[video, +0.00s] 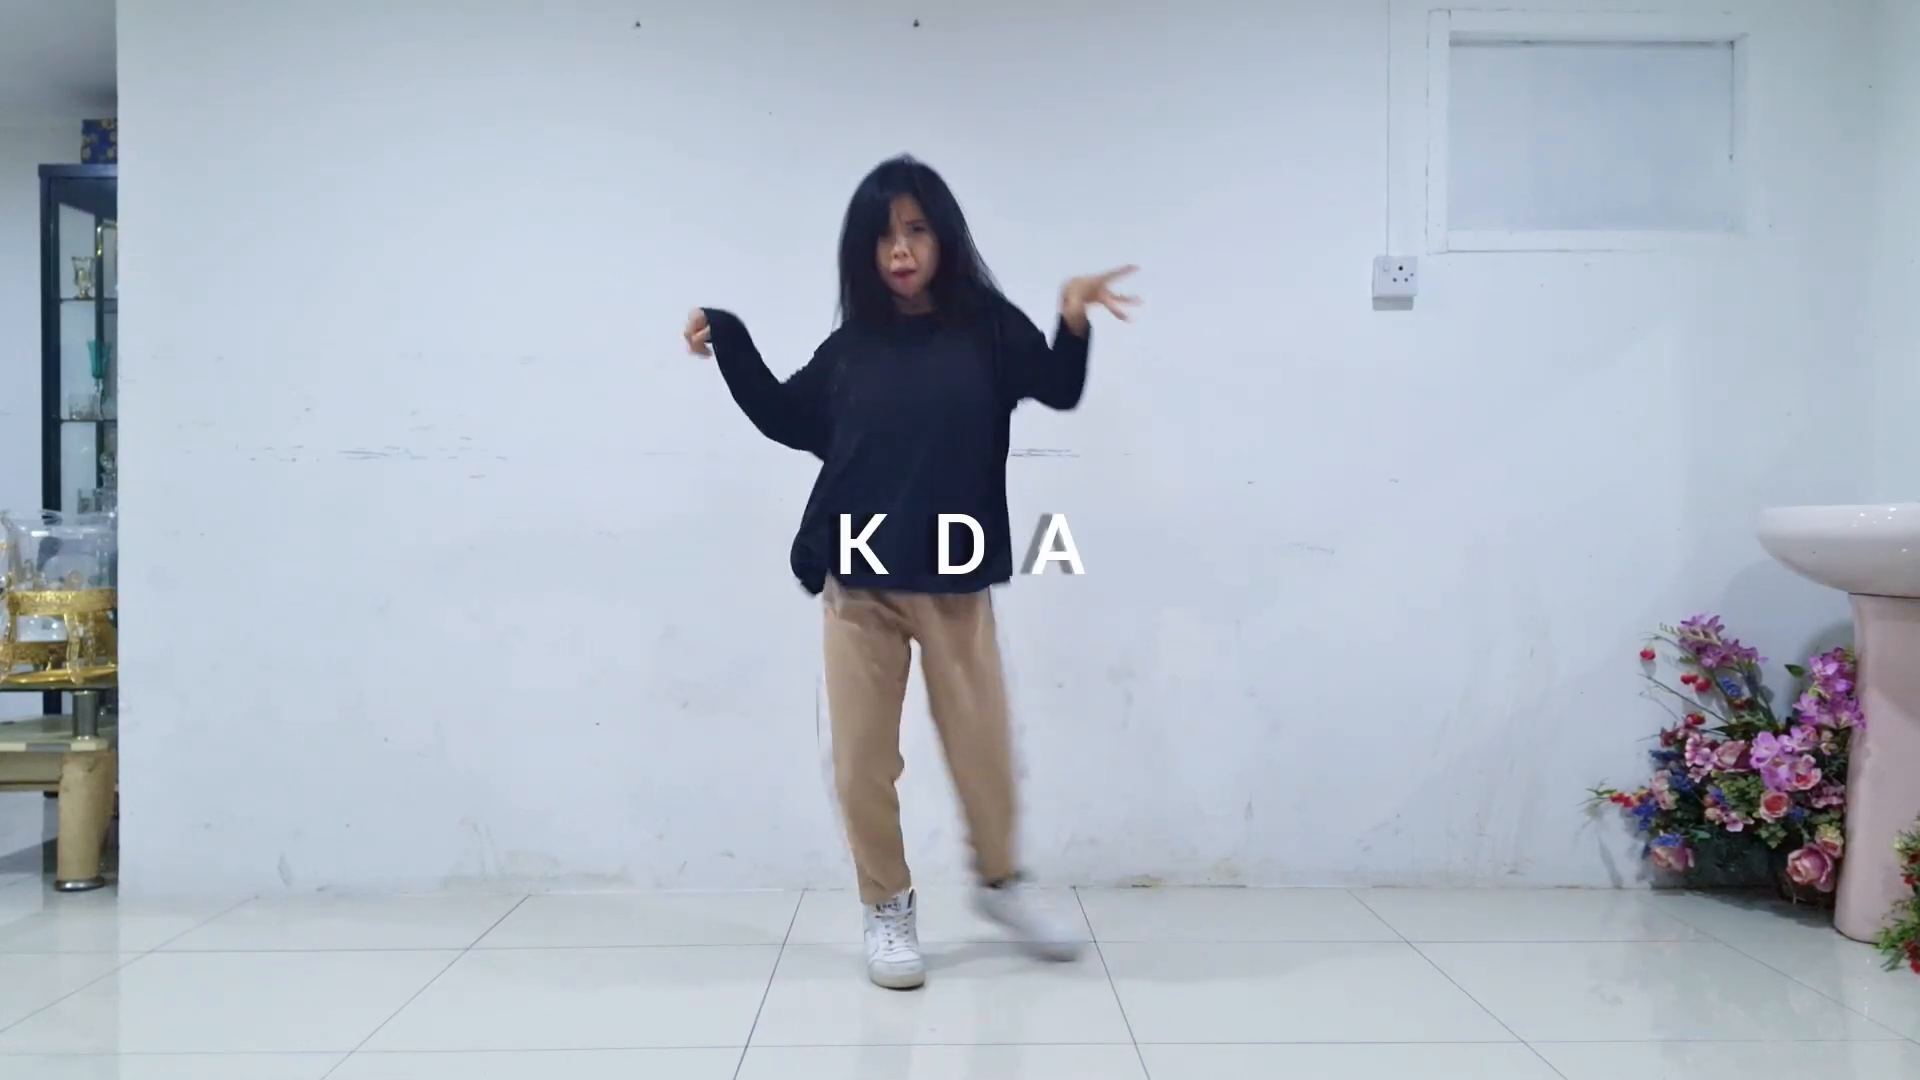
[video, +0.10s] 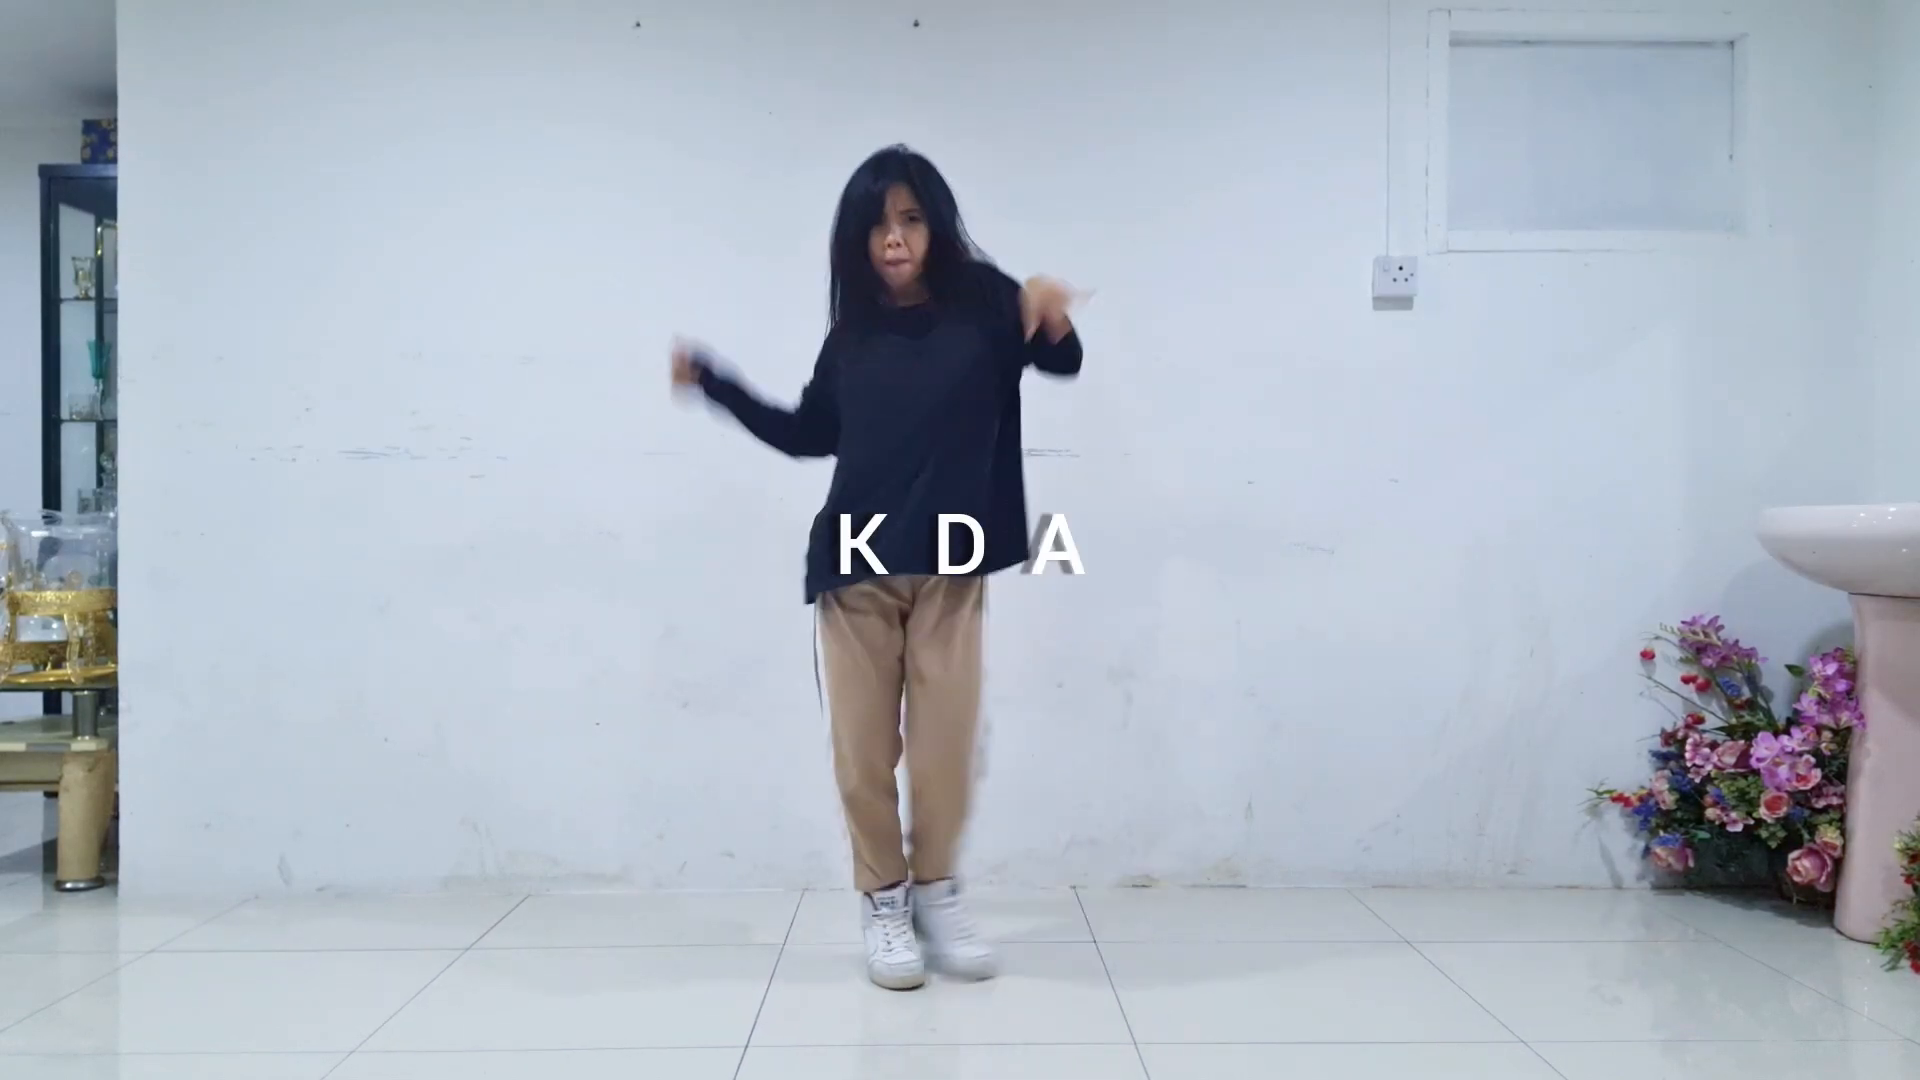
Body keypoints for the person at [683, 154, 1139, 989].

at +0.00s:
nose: (901, 254)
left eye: (917, 235)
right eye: (885, 239)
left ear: (945, 240)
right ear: (864, 250)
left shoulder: (989, 324)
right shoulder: (850, 344)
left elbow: (1061, 389)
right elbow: (787, 418)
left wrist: (1072, 319)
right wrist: (731, 342)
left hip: (956, 586)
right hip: (857, 588)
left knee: (984, 748)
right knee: (861, 764)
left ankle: (1000, 885)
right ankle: (886, 911)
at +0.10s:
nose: (894, 242)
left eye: (910, 223)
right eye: (877, 227)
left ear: (938, 227)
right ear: (855, 239)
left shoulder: (987, 299)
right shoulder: (851, 334)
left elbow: (1062, 366)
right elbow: (807, 435)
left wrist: (1050, 310)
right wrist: (715, 383)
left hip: (956, 568)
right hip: (856, 570)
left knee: (946, 742)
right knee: (862, 750)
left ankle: (936, 896)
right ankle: (883, 907)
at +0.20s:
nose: (893, 240)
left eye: (909, 222)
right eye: (875, 226)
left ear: (934, 229)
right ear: (853, 239)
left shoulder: (978, 288)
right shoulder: (847, 333)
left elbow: (1054, 343)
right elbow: (840, 468)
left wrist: (1017, 367)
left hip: (952, 561)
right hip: (857, 565)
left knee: (920, 742)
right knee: (860, 751)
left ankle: (933, 897)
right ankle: (875, 908)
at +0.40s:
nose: (900, 230)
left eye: (917, 215)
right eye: (885, 215)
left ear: (938, 226)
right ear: (860, 227)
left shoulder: (983, 322)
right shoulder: (832, 332)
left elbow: (1015, 421)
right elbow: (827, 459)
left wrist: (1008, 511)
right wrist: (885, 562)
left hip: (965, 554)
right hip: (866, 558)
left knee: (957, 724)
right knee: (871, 744)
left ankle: (963, 841)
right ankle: (881, 906)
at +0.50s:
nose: (913, 204)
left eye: (927, 191)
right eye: (896, 191)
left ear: (948, 206)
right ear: (871, 208)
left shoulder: (982, 317)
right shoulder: (837, 316)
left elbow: (1040, 398)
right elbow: (835, 433)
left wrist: (1024, 466)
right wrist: (884, 532)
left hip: (964, 547)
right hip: (870, 548)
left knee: (953, 722)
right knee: (869, 723)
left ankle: (955, 869)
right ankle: (891, 902)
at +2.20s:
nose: (917, 281)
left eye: (936, 262)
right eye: (903, 263)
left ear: (971, 271)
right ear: (883, 277)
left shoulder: (1006, 346)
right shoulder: (898, 373)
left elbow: (1009, 475)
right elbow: (907, 506)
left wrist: (908, 436)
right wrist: (874, 499)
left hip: (1016, 583)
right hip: (941, 583)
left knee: (966, 741)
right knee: (856, 717)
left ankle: (1013, 884)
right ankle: (948, 830)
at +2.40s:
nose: (880, 529)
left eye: (900, 513)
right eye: (870, 512)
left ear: (936, 524)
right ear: (858, 523)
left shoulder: (965, 606)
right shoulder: (901, 623)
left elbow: (932, 742)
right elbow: (891, 738)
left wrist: (871, 857)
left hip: (1054, 796)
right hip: (987, 783)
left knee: (920, 821)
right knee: (872, 778)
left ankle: (1040, 921)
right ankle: (983, 907)